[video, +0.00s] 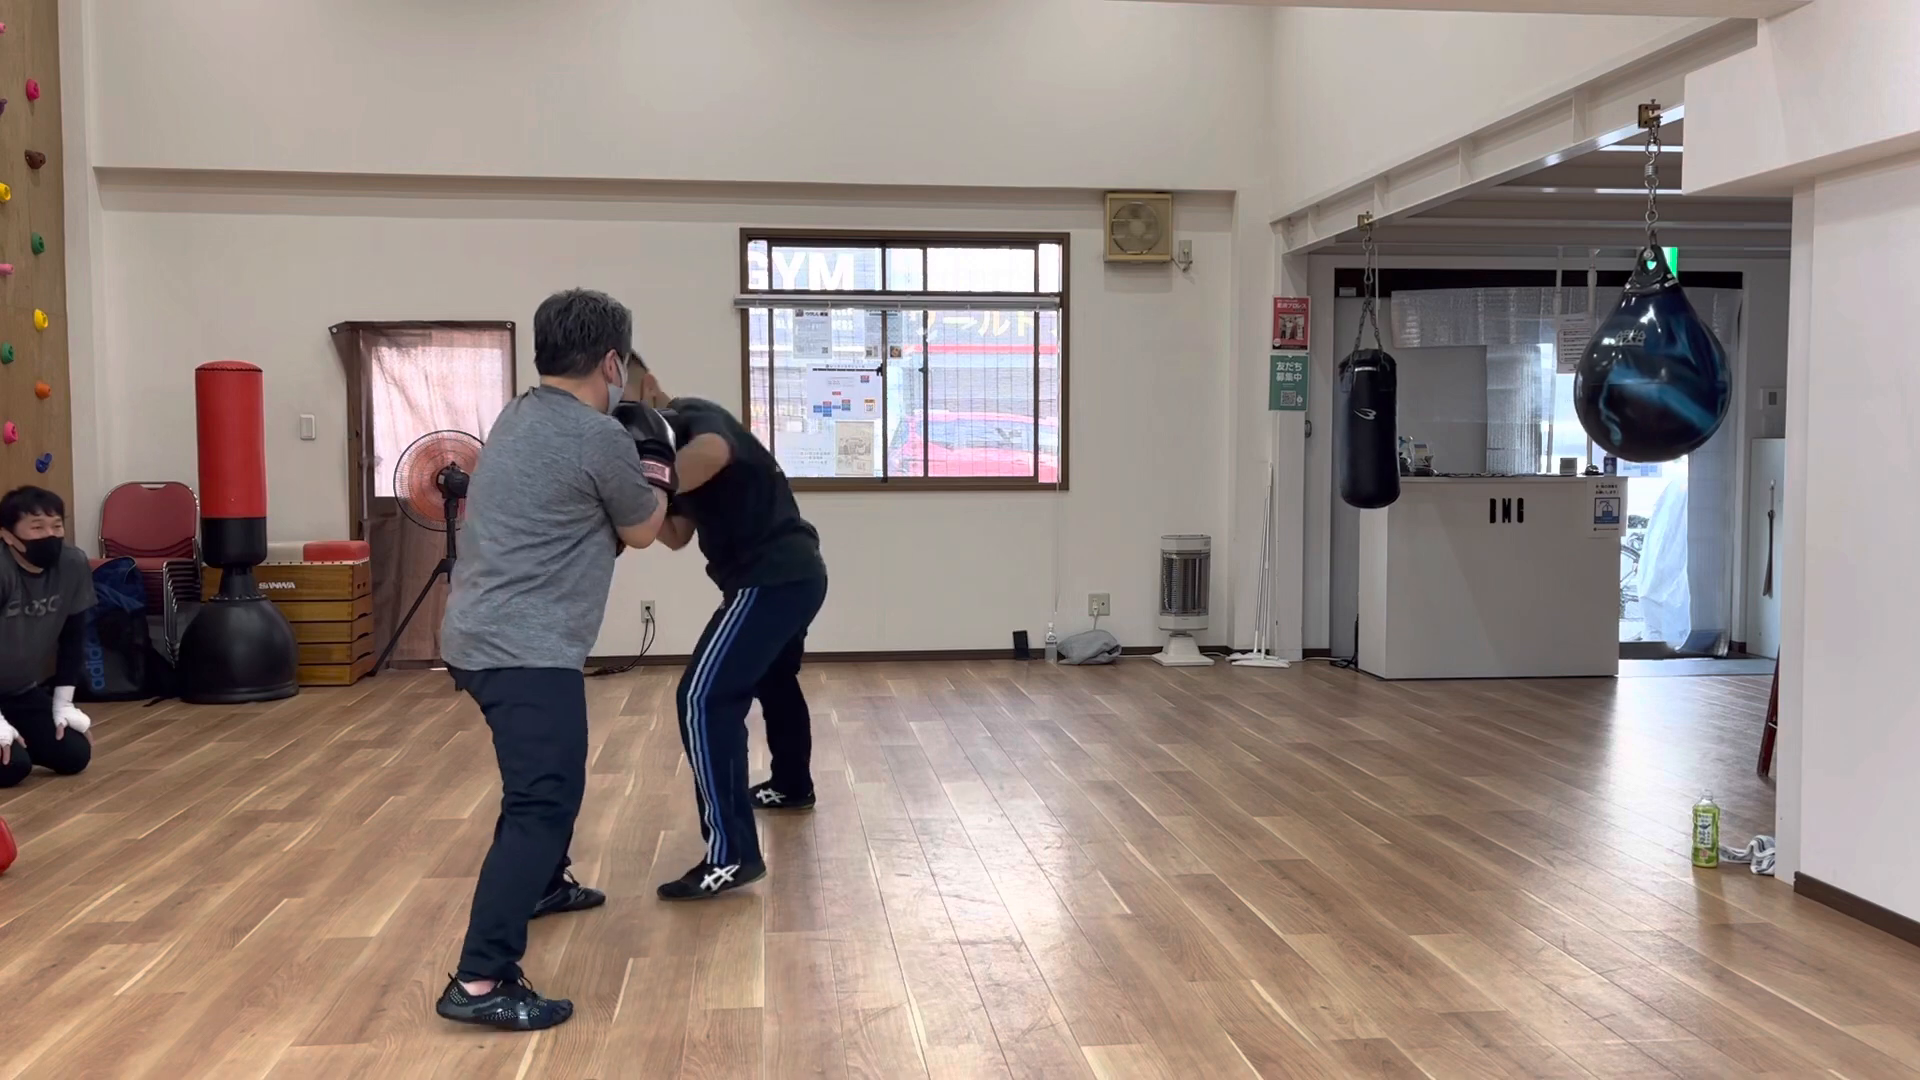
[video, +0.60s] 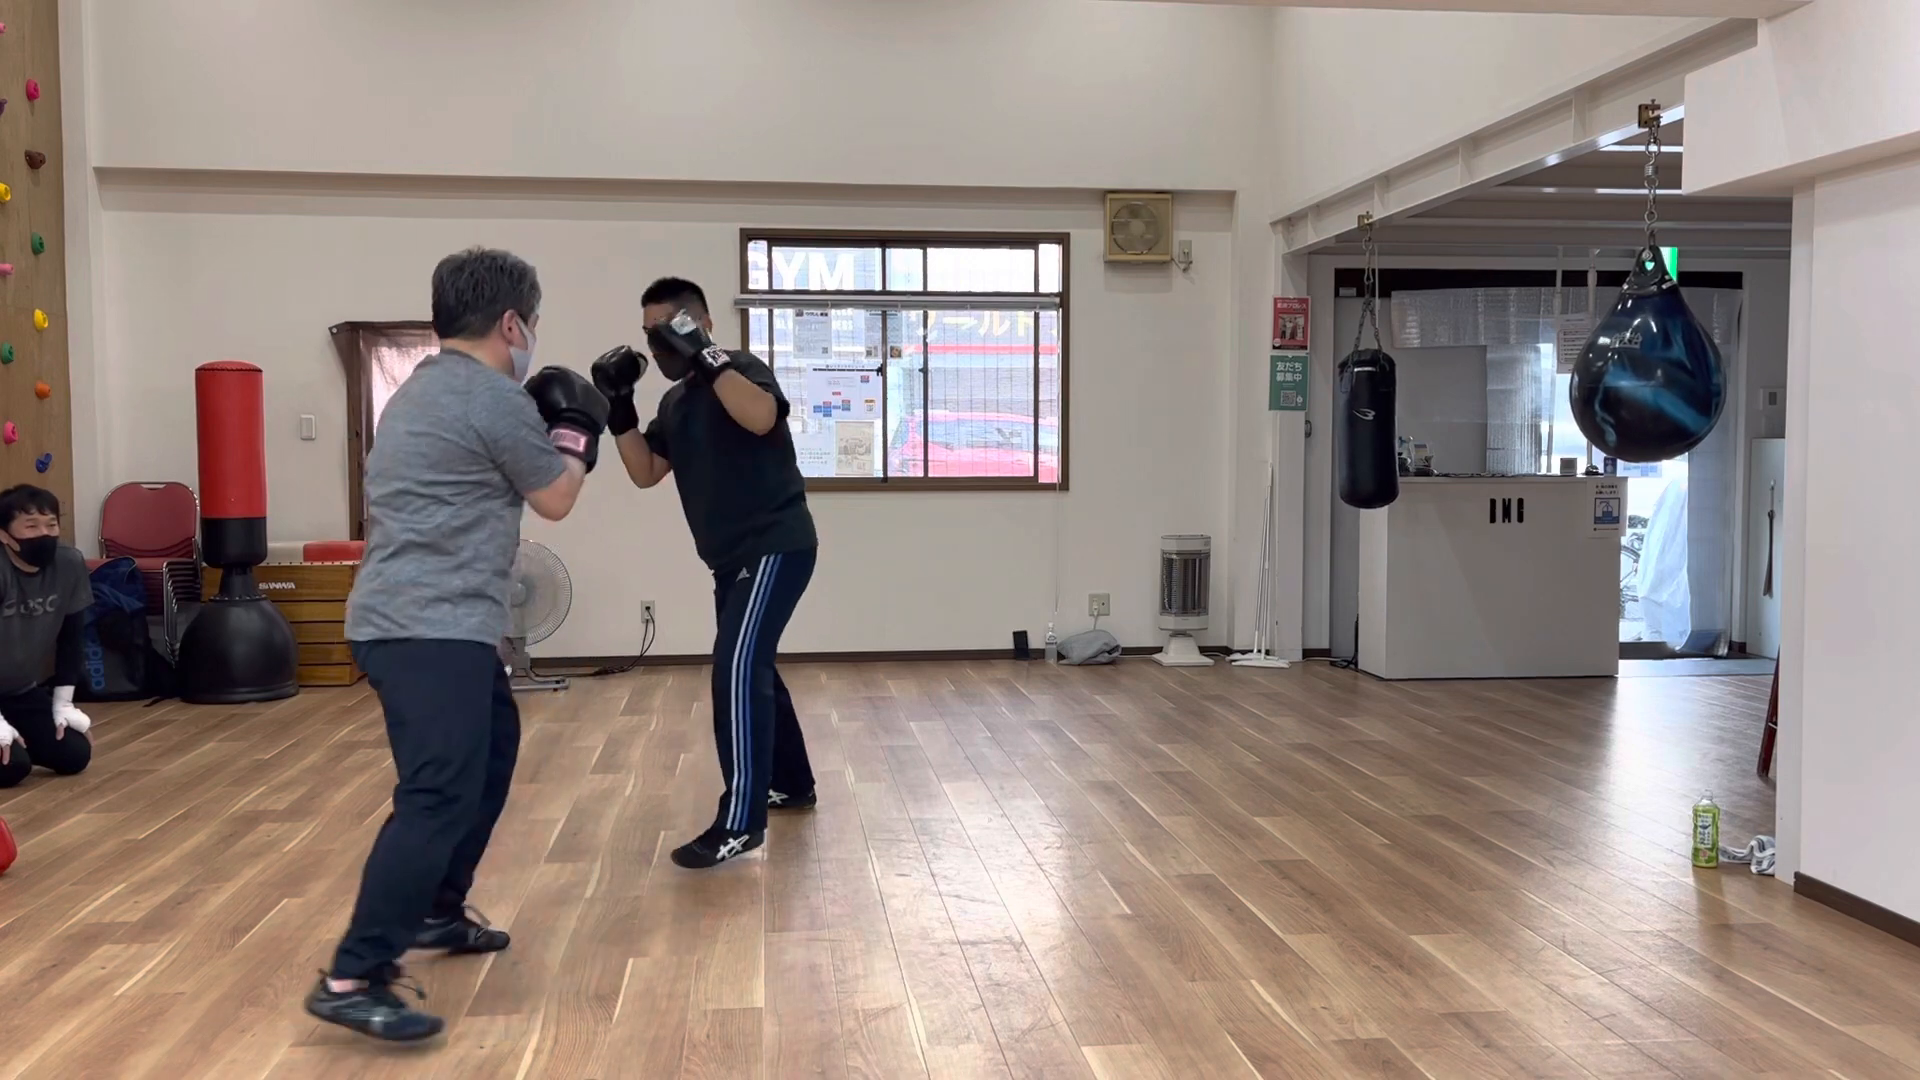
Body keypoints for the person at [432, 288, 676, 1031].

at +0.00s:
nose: (625, 369)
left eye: (623, 359)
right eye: (623, 358)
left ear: (546, 358)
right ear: (609, 361)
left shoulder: (515, 417)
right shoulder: (600, 436)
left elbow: (561, 504)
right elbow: (642, 531)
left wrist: (627, 490)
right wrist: (654, 484)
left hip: (478, 639)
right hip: (531, 652)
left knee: (544, 771)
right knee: (539, 806)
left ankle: (542, 879)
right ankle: (481, 978)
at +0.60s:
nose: (534, 334)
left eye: (534, 322)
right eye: (532, 320)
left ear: (448, 323)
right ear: (509, 322)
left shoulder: (416, 391)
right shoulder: (488, 395)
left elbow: (478, 486)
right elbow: (557, 499)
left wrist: (532, 417)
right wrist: (574, 432)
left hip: (401, 620)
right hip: (435, 630)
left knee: (494, 736)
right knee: (440, 790)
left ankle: (438, 910)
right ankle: (352, 977)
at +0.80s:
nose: (499, 367)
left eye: (495, 353)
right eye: (496, 354)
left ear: (409, 356)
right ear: (475, 359)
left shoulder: (368, 431)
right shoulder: (457, 445)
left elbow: (400, 543)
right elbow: (515, 553)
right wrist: (540, 500)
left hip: (358, 660)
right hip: (394, 673)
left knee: (472, 757)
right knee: (396, 841)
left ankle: (431, 925)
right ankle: (284, 1027)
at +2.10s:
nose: (376, 335)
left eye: (376, 321)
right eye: (373, 320)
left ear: (287, 322)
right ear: (345, 322)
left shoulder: (255, 397)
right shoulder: (347, 405)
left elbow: (320, 482)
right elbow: (417, 506)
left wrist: (385, 435)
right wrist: (436, 463)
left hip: (252, 639)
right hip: (299, 649)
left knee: (351, 750)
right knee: (289, 814)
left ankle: (302, 910)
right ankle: (221, 999)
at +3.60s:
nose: (495, 309)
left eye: (497, 296)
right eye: (493, 295)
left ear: (392, 294)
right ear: (470, 299)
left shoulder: (350, 374)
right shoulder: (457, 386)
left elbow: (402, 482)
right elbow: (527, 500)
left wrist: (484, 426)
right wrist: (532, 436)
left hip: (322, 652)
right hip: (400, 658)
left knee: (392, 818)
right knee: (422, 847)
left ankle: (382, 982)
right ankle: (330, 1050)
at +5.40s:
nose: (489, 317)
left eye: (491, 300)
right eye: (489, 301)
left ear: (382, 300)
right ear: (468, 310)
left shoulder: (332, 396)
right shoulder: (464, 415)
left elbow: (399, 509)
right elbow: (531, 534)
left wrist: (501, 451)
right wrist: (541, 450)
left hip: (323, 697)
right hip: (409, 707)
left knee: (389, 864)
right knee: (441, 895)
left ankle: (383, 1017)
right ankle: (411, 1061)